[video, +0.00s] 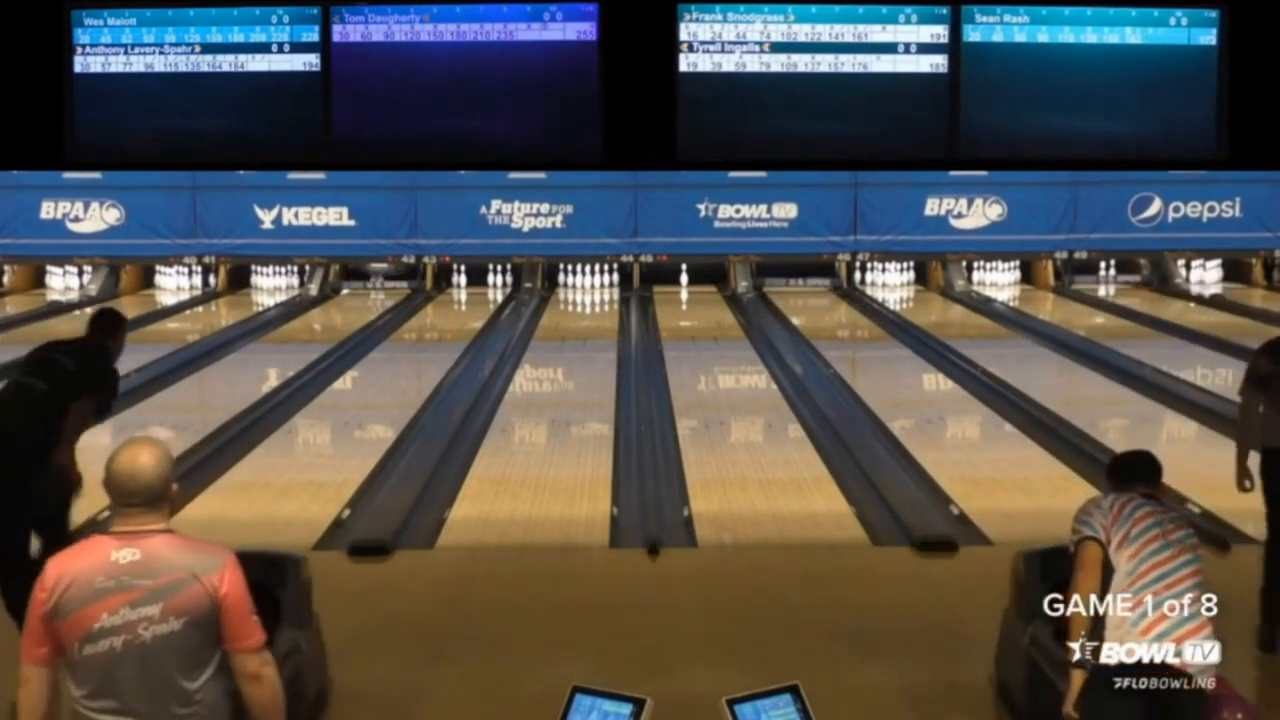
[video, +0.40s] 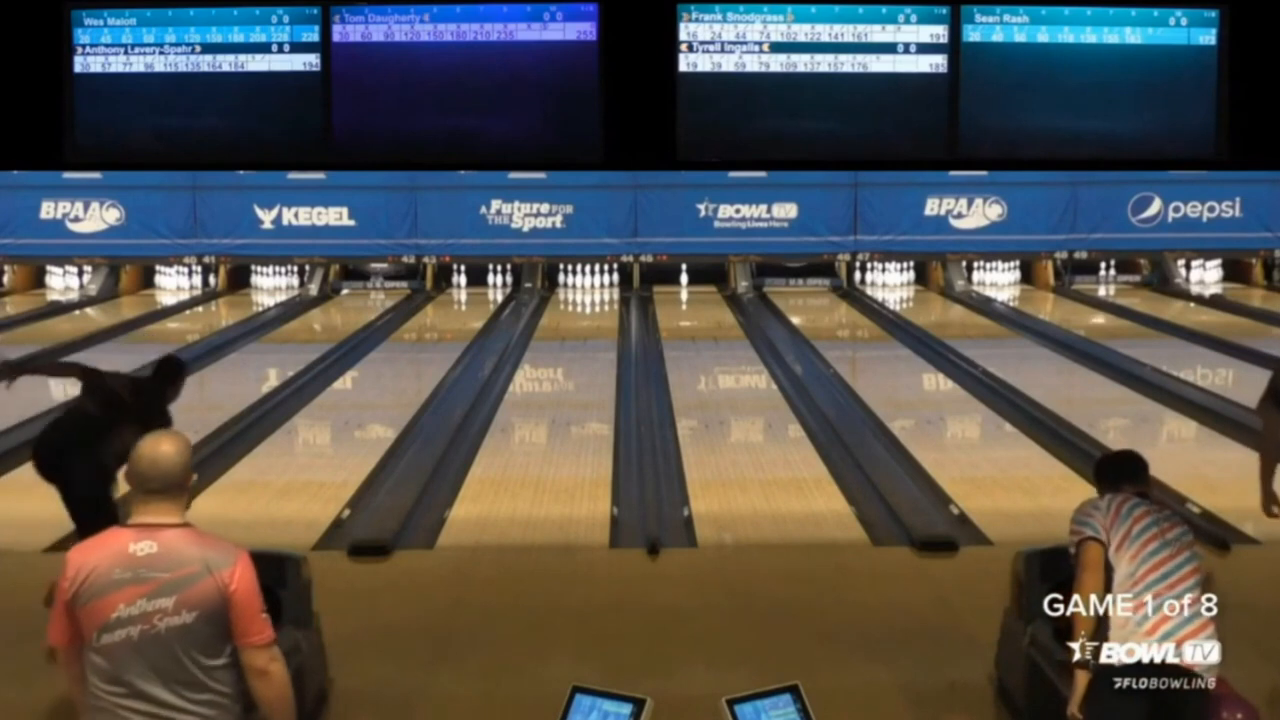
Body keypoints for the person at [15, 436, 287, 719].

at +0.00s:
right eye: (176, 484)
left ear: (106, 491)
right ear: (174, 493)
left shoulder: (58, 572)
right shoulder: (217, 565)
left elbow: (33, 683)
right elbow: (256, 673)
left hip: (95, 713)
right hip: (196, 711)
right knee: (296, 643)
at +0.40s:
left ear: (127, 478)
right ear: (191, 482)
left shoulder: (80, 561)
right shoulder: (230, 562)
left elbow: (68, 661)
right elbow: (263, 667)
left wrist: (89, 710)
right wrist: (283, 715)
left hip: (112, 712)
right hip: (206, 712)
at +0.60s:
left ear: (160, 478)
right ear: (219, 484)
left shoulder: (110, 556)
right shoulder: (258, 560)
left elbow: (86, 660)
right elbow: (286, 662)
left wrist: (87, 716)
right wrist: (304, 715)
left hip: (142, 712)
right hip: (235, 711)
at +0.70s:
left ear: (175, 474)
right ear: (235, 481)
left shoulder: (126, 554)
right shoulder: (273, 558)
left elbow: (99, 655)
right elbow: (304, 656)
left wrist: (84, 714)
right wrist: (323, 711)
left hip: (153, 710)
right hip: (245, 710)